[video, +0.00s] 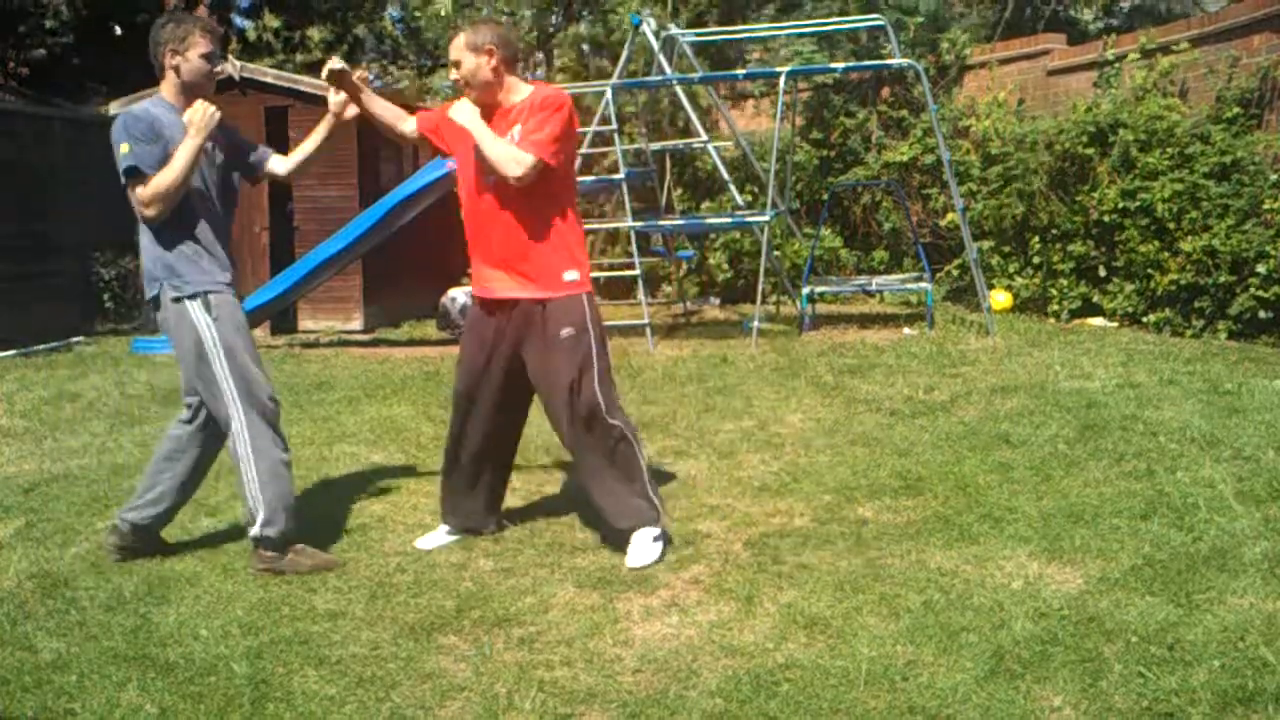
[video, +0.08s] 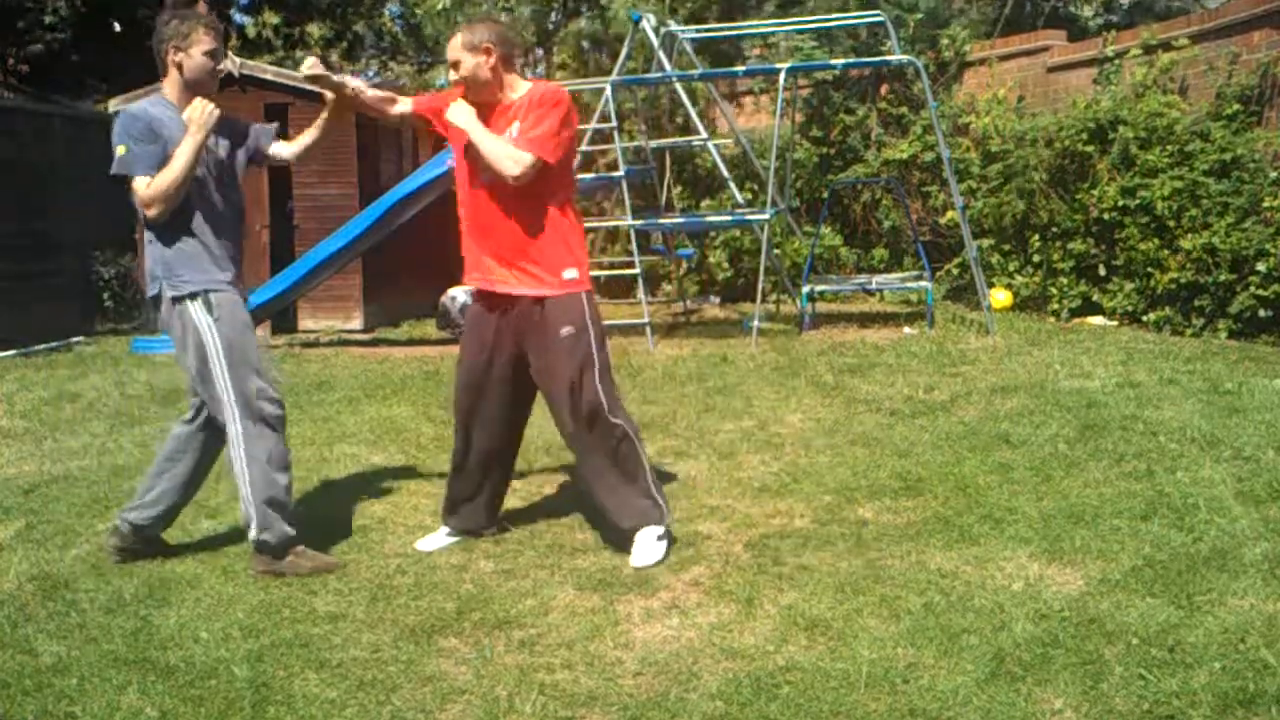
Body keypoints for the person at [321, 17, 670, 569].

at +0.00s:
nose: (455, 78)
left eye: (460, 68)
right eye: (452, 69)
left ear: (493, 61)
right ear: (479, 64)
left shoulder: (549, 103)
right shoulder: (466, 112)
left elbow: (519, 168)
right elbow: (408, 127)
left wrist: (471, 121)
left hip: (556, 290)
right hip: (492, 293)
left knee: (587, 409)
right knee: (477, 408)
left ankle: (642, 522)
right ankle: (469, 517)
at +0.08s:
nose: (452, 78)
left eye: (457, 67)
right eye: (450, 68)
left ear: (490, 59)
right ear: (477, 62)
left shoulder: (549, 101)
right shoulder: (459, 101)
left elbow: (516, 167)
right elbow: (394, 105)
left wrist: (464, 118)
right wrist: (337, 82)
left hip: (555, 287)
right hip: (490, 290)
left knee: (589, 409)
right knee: (478, 409)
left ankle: (645, 520)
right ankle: (468, 518)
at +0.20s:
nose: (470, 84)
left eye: (475, 72)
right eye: (466, 74)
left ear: (511, 65)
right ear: (489, 70)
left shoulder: (565, 113)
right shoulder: (473, 119)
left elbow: (543, 191)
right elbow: (430, 176)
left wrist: (490, 140)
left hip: (559, 298)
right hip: (488, 299)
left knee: (592, 410)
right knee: (468, 407)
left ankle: (658, 521)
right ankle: (468, 519)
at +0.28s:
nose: (476, 84)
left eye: (481, 74)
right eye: (473, 75)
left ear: (515, 69)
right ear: (500, 73)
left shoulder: (572, 118)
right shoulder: (484, 125)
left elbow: (558, 198)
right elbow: (467, 204)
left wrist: (502, 147)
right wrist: (439, 168)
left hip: (562, 300)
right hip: (495, 299)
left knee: (598, 414)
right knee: (467, 406)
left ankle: (657, 520)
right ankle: (464, 517)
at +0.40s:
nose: (490, 86)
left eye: (494, 76)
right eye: (486, 77)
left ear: (525, 64)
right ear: (514, 66)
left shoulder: (579, 109)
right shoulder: (511, 112)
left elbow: (531, 173)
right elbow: (472, 178)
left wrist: (487, 121)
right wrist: (459, 127)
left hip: (570, 288)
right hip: (511, 287)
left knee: (600, 409)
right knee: (473, 397)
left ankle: (658, 517)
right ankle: (462, 515)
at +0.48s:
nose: (495, 88)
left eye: (498, 78)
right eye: (491, 79)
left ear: (531, 66)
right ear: (519, 69)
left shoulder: (582, 111)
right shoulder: (518, 114)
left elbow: (511, 161)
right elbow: (469, 176)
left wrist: (466, 107)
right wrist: (460, 116)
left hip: (571, 288)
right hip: (515, 287)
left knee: (598, 412)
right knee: (472, 396)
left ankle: (658, 521)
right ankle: (461, 514)